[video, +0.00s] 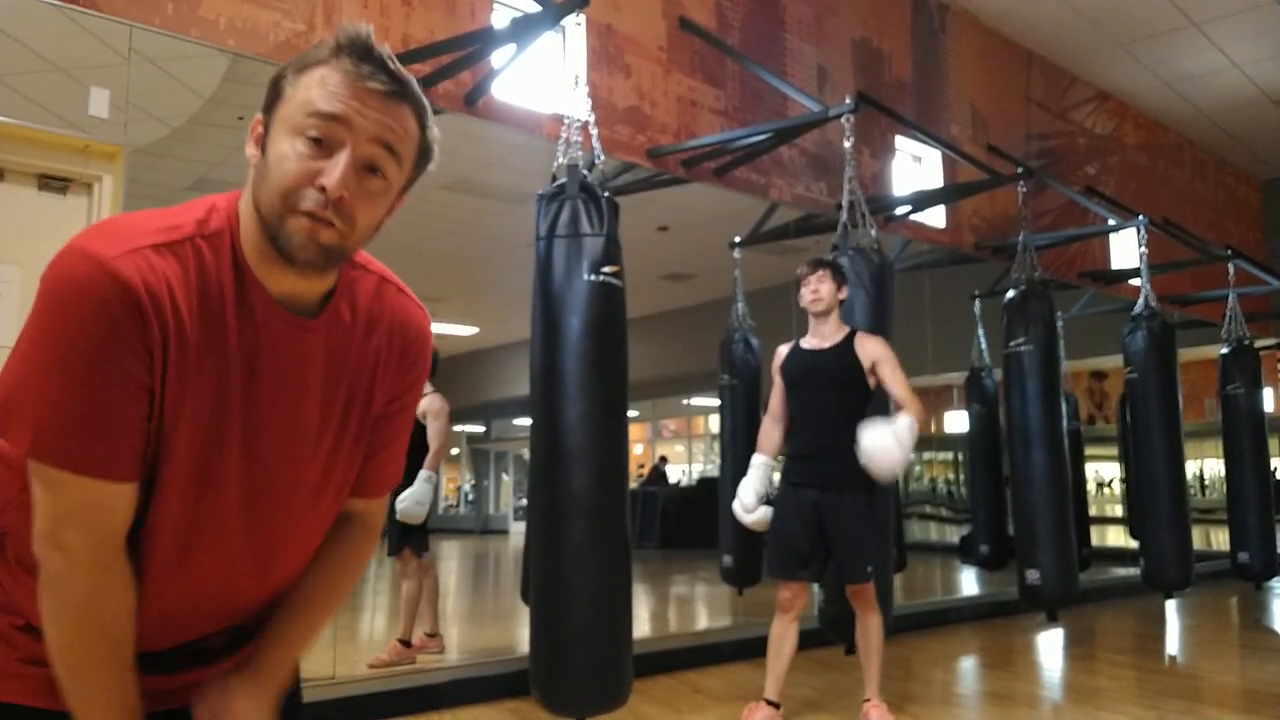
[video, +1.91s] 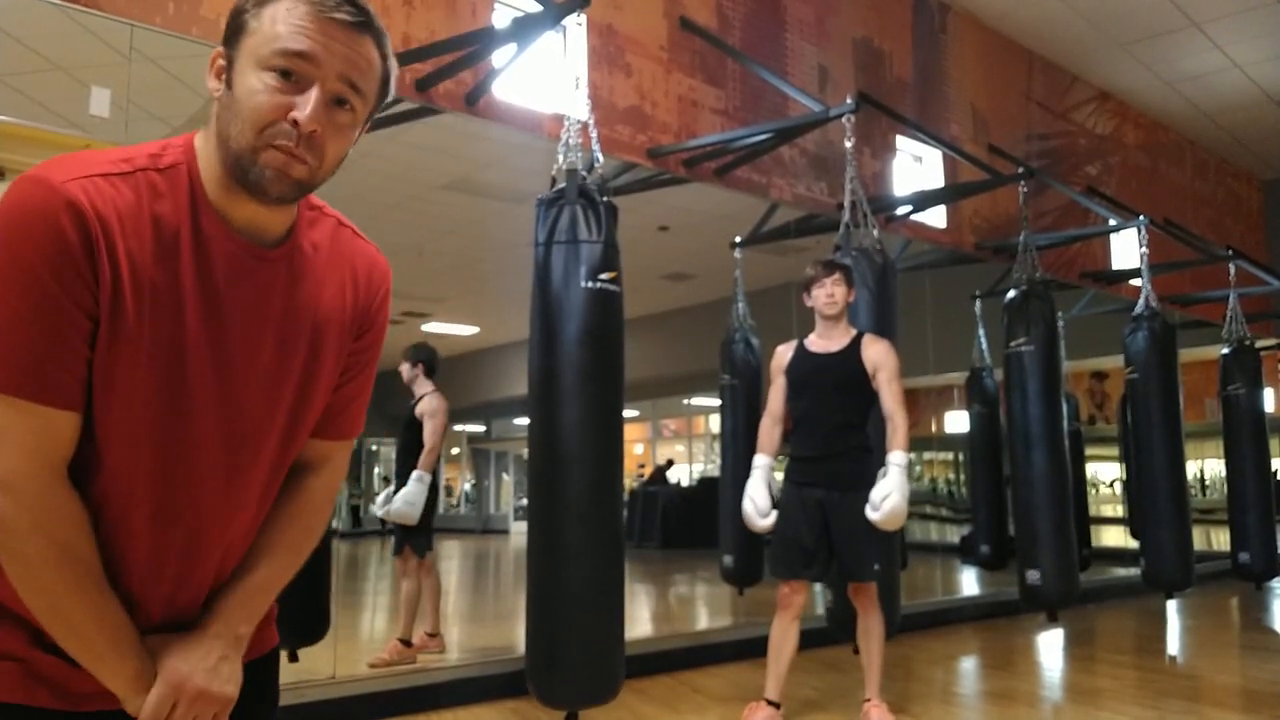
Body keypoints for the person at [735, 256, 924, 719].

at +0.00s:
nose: (811, 287)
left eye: (820, 280)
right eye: (805, 283)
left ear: (841, 291)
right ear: (799, 298)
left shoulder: (868, 346)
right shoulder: (786, 355)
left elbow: (913, 408)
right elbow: (773, 421)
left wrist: (898, 436)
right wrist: (757, 478)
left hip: (855, 493)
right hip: (799, 493)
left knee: (863, 597)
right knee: (787, 599)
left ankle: (873, 700)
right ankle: (769, 703)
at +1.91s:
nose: (829, 291)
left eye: (837, 284)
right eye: (821, 286)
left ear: (850, 295)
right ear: (808, 297)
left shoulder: (875, 350)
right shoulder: (787, 354)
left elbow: (895, 416)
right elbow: (772, 419)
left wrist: (896, 471)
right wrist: (760, 475)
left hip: (858, 491)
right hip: (801, 490)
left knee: (865, 595)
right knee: (788, 597)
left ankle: (872, 700)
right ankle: (771, 702)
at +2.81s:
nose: (832, 293)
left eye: (839, 286)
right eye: (824, 287)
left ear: (851, 295)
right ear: (809, 298)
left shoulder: (877, 350)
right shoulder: (786, 354)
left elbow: (897, 416)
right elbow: (772, 418)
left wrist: (898, 472)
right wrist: (760, 476)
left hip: (860, 490)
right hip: (802, 490)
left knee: (865, 595)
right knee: (788, 597)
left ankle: (872, 700)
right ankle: (770, 702)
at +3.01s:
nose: (835, 293)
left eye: (842, 286)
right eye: (826, 288)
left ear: (852, 294)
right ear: (810, 297)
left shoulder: (877, 350)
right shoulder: (787, 354)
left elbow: (897, 416)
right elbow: (773, 419)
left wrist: (899, 472)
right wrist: (761, 476)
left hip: (860, 491)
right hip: (803, 490)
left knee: (866, 595)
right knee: (788, 597)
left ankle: (873, 700)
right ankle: (770, 702)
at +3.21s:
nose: (833, 293)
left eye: (840, 286)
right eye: (825, 288)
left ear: (851, 294)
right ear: (809, 298)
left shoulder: (877, 350)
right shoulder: (788, 355)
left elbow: (897, 416)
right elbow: (773, 420)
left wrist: (899, 473)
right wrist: (762, 476)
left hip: (860, 491)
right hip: (803, 490)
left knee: (866, 596)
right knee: (788, 597)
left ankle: (873, 700)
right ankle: (770, 702)